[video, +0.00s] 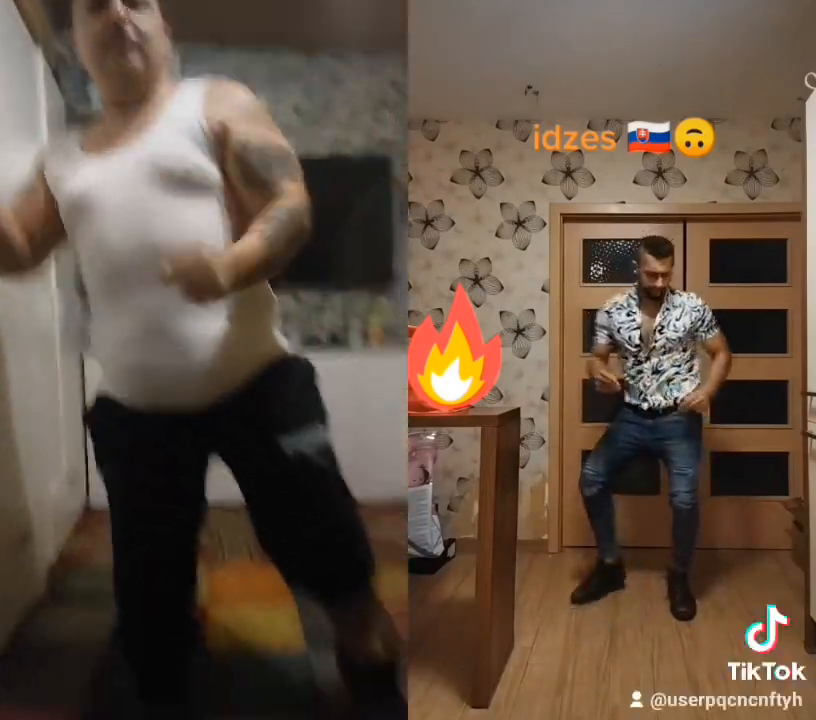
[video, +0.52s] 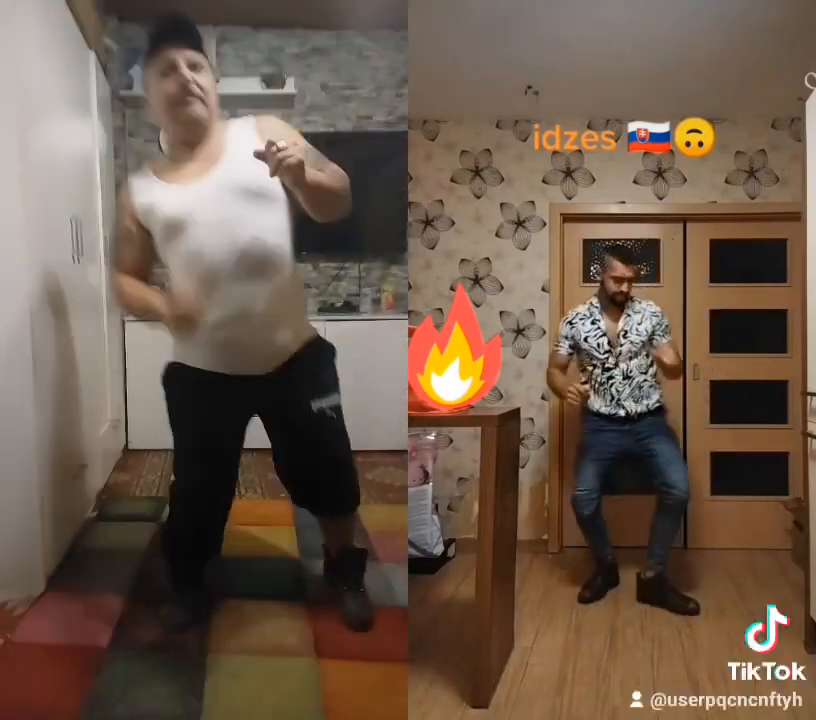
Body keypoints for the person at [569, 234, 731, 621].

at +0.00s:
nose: (659, 284)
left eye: (665, 276)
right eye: (651, 276)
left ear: (672, 272)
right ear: (637, 271)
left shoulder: (691, 308)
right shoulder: (613, 312)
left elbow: (722, 353)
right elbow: (597, 360)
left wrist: (707, 391)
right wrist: (603, 374)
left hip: (679, 419)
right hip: (632, 418)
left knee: (684, 498)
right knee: (592, 478)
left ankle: (680, 578)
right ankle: (610, 567)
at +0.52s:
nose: (623, 288)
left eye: (629, 281)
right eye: (616, 280)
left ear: (635, 282)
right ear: (600, 280)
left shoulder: (649, 314)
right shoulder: (578, 321)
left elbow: (674, 372)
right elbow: (555, 370)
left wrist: (669, 362)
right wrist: (566, 388)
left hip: (649, 422)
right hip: (602, 425)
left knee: (677, 490)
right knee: (584, 498)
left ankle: (654, 579)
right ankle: (605, 570)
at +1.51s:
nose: (620, 262)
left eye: (626, 256)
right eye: (613, 255)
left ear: (632, 262)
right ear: (600, 260)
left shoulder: (651, 299)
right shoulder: (582, 306)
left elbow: (660, 339)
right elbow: (562, 357)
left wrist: (656, 372)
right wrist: (592, 358)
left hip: (642, 406)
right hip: (598, 406)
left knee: (669, 477)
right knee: (596, 486)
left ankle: (650, 552)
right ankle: (607, 565)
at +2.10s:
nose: (656, 265)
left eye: (661, 259)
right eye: (650, 258)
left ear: (669, 265)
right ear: (637, 263)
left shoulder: (682, 306)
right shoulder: (615, 304)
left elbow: (690, 345)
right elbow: (591, 353)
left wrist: (689, 363)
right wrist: (617, 362)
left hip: (668, 408)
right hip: (623, 408)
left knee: (675, 480)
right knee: (599, 474)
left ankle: (671, 562)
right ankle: (618, 568)